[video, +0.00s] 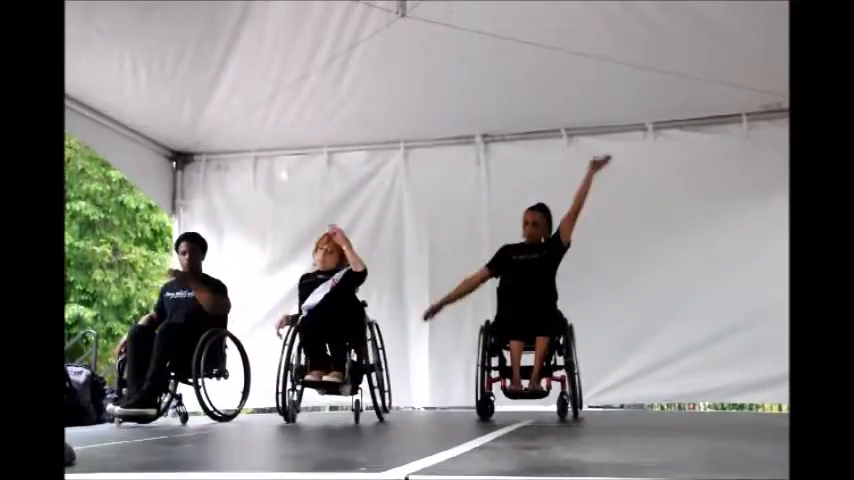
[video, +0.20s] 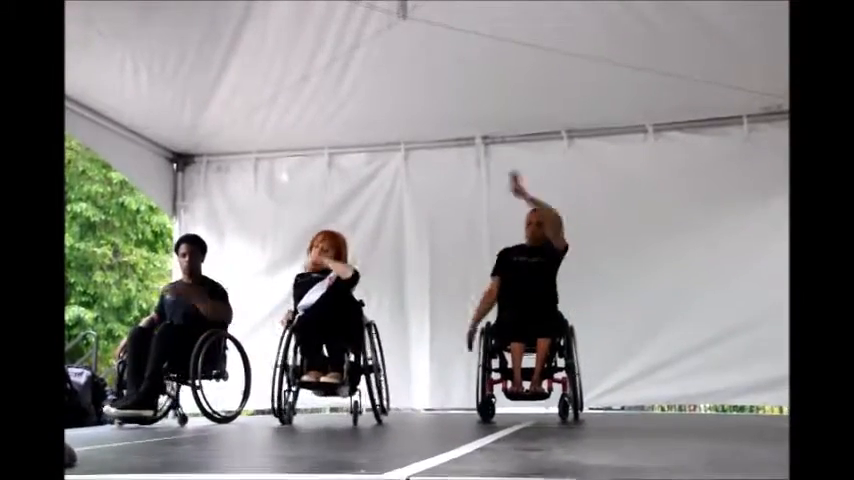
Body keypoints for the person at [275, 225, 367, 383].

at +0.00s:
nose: (324, 254)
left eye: (330, 251)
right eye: (321, 249)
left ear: (340, 257)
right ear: (314, 256)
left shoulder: (346, 276)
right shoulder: (307, 280)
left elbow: (360, 271)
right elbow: (304, 313)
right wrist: (289, 319)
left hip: (343, 318)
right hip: (318, 320)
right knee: (307, 322)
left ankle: (337, 370)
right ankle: (317, 368)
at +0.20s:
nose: (317, 252)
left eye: (325, 250)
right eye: (315, 247)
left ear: (337, 256)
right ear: (310, 250)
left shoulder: (342, 277)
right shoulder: (301, 279)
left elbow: (349, 274)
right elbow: (299, 305)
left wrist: (327, 262)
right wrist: (291, 316)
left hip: (339, 315)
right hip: (313, 317)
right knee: (305, 324)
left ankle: (335, 370)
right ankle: (313, 369)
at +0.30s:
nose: (314, 251)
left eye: (322, 248)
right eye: (312, 245)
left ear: (334, 254)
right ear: (306, 249)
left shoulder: (341, 272)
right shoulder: (298, 278)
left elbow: (358, 283)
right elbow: (293, 304)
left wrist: (329, 267)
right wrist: (287, 317)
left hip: (339, 317)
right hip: (311, 319)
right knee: (302, 319)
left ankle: (331, 371)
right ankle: (310, 369)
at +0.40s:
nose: (313, 250)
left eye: (320, 247)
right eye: (310, 244)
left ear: (333, 254)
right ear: (304, 248)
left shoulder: (341, 273)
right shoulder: (296, 277)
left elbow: (364, 284)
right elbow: (289, 307)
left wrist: (337, 263)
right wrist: (283, 317)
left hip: (337, 317)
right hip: (307, 319)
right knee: (298, 321)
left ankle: (328, 371)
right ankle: (308, 369)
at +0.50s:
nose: (310, 248)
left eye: (318, 245)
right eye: (308, 242)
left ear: (331, 253)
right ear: (303, 246)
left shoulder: (340, 271)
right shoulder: (293, 274)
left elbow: (370, 286)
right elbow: (284, 306)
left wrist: (359, 258)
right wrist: (275, 324)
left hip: (334, 318)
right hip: (305, 319)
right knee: (294, 320)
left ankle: (323, 373)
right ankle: (303, 370)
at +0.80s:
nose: (308, 243)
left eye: (317, 241)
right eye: (306, 238)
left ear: (330, 249)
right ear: (301, 241)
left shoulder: (337, 270)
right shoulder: (287, 271)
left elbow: (372, 285)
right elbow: (272, 306)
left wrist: (397, 259)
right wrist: (256, 327)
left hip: (324, 318)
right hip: (292, 317)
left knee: (295, 318)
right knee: (280, 316)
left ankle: (300, 371)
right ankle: (285, 369)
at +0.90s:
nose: (306, 242)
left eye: (315, 239)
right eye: (304, 237)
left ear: (329, 247)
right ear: (300, 241)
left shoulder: (336, 269)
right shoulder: (285, 270)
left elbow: (370, 285)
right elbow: (268, 305)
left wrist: (397, 260)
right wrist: (251, 331)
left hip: (318, 318)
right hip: (286, 317)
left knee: (287, 317)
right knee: (271, 316)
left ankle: (289, 372)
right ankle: (278, 369)